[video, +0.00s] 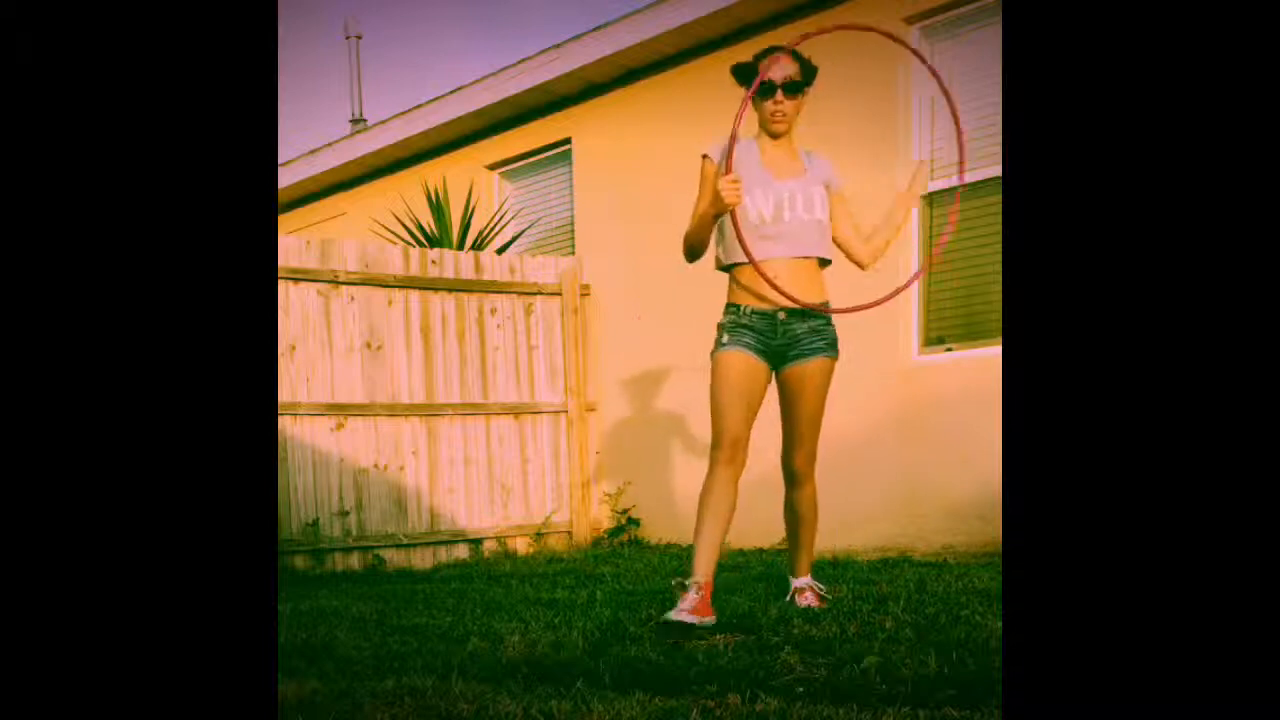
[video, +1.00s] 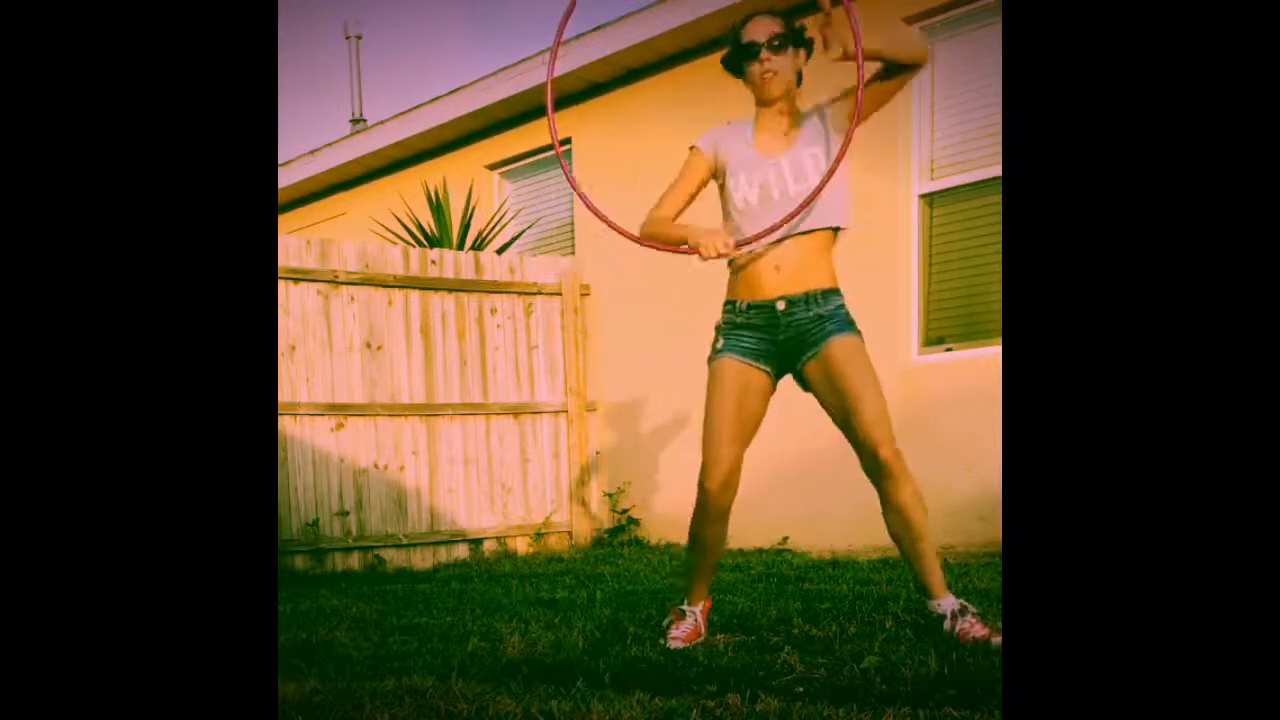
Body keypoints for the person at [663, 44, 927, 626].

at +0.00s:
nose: (779, 100)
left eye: (790, 89)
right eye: (767, 89)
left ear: (805, 98)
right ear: (751, 96)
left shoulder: (820, 171)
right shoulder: (725, 160)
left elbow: (865, 254)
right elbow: (692, 251)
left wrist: (912, 190)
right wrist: (711, 210)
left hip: (810, 326)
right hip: (743, 324)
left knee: (800, 467)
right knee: (726, 451)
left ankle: (803, 581)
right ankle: (699, 591)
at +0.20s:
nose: (751, 98)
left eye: (763, 87)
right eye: (740, 87)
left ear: (778, 92)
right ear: (724, 91)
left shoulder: (787, 167)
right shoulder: (694, 154)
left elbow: (849, 189)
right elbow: (658, 238)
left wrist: (900, 135)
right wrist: (668, 188)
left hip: (764, 321)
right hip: (696, 317)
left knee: (791, 474)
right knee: (692, 462)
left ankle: (777, 557)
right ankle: (686, 606)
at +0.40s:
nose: (725, 88)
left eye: (737, 78)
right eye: (714, 78)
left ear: (753, 87)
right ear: (698, 86)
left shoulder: (764, 156)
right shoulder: (668, 147)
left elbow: (807, 148)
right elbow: (642, 224)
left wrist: (799, 62)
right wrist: (639, 143)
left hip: (747, 319)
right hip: (677, 321)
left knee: (828, 405)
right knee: (681, 467)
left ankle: (724, 421)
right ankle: (686, 608)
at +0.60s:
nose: (727, 88)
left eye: (734, 76)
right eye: (710, 77)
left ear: (745, 84)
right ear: (688, 90)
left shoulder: (761, 152)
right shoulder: (660, 154)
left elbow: (801, 91)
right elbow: (666, 218)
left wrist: (734, 34)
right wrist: (707, 145)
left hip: (748, 317)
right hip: (679, 334)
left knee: (837, 344)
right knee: (677, 479)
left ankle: (816, 483)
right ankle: (689, 609)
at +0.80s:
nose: (718, 68)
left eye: (732, 58)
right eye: (707, 59)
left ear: (753, 74)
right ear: (695, 76)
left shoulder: (774, 128)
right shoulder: (672, 148)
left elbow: (817, 37)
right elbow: (670, 231)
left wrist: (761, 6)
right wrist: (736, 190)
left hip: (771, 313)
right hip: (698, 328)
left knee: (851, 427)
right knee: (682, 476)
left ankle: (948, 573)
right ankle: (691, 608)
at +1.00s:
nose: (764, 60)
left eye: (777, 48)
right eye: (751, 53)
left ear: (801, 57)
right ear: (739, 70)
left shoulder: (830, 121)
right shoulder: (721, 144)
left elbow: (913, 55)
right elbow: (652, 226)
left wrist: (854, 39)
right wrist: (692, 235)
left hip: (822, 314)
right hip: (745, 324)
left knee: (884, 456)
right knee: (715, 478)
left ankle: (943, 602)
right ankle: (695, 606)